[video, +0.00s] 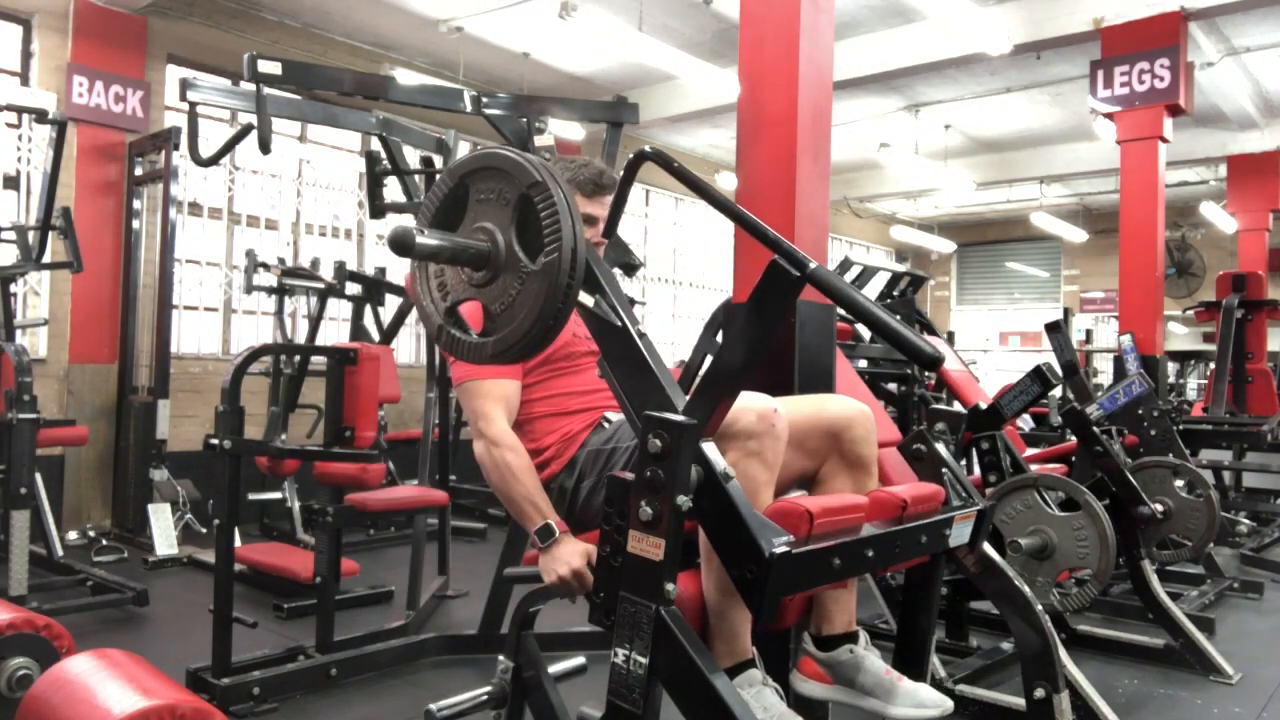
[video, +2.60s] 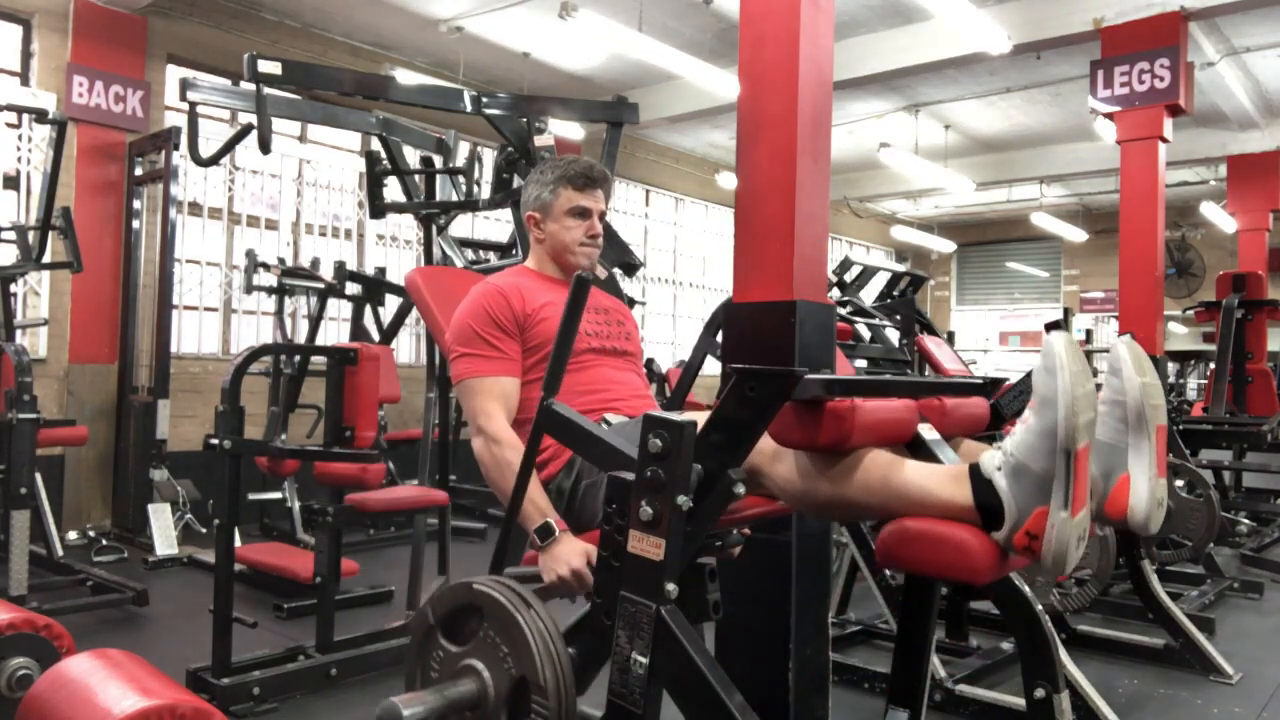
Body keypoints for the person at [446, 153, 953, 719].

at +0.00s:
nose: (600, 242)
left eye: (605, 228)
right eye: (588, 225)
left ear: (606, 227)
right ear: (545, 220)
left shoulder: (582, 297)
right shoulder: (494, 301)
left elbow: (613, 397)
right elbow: (492, 436)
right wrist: (549, 536)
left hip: (643, 441)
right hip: (583, 463)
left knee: (849, 425)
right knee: (756, 425)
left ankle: (834, 642)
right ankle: (734, 662)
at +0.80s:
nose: (600, 237)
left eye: (605, 227)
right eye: (585, 224)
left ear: (604, 231)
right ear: (539, 224)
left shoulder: (611, 306)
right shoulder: (498, 299)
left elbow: (652, 403)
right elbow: (484, 425)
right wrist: (553, 536)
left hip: (662, 443)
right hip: (586, 464)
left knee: (853, 419)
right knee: (760, 428)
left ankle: (934, 642)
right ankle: (834, 683)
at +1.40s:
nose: (593, 236)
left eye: (600, 223)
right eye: (579, 221)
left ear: (600, 225)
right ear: (534, 223)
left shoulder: (597, 300)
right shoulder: (495, 301)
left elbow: (635, 395)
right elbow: (494, 432)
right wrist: (556, 531)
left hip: (656, 437)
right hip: (589, 457)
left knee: (841, 415)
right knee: (778, 421)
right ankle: (925, 643)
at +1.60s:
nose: (593, 238)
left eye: (601, 225)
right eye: (578, 222)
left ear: (604, 230)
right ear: (534, 224)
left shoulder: (611, 308)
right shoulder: (493, 303)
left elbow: (649, 402)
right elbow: (494, 435)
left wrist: (712, 425)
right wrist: (549, 537)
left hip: (655, 452)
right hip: (588, 469)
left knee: (806, 473)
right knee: (795, 418)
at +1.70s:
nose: (596, 235)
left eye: (602, 223)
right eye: (580, 220)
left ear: (603, 231)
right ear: (534, 224)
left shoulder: (612, 307)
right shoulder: (494, 301)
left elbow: (653, 404)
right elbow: (490, 431)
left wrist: (743, 412)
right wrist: (550, 534)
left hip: (659, 463)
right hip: (585, 475)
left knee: (808, 481)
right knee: (797, 419)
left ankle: (960, 602)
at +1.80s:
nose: (596, 233)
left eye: (602, 222)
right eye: (580, 218)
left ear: (602, 232)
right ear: (534, 223)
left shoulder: (611, 305)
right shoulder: (495, 300)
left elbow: (650, 402)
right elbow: (488, 432)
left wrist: (744, 414)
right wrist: (555, 536)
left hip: (663, 446)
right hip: (593, 462)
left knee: (867, 452)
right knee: (777, 437)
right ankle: (961, 588)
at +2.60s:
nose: (592, 231)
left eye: (598, 219)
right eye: (577, 216)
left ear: (599, 226)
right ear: (533, 220)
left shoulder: (609, 305)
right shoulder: (495, 298)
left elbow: (653, 397)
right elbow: (488, 429)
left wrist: (722, 432)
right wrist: (548, 532)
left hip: (657, 439)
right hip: (582, 458)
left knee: (818, 451)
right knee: (770, 456)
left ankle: (1002, 492)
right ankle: (988, 494)